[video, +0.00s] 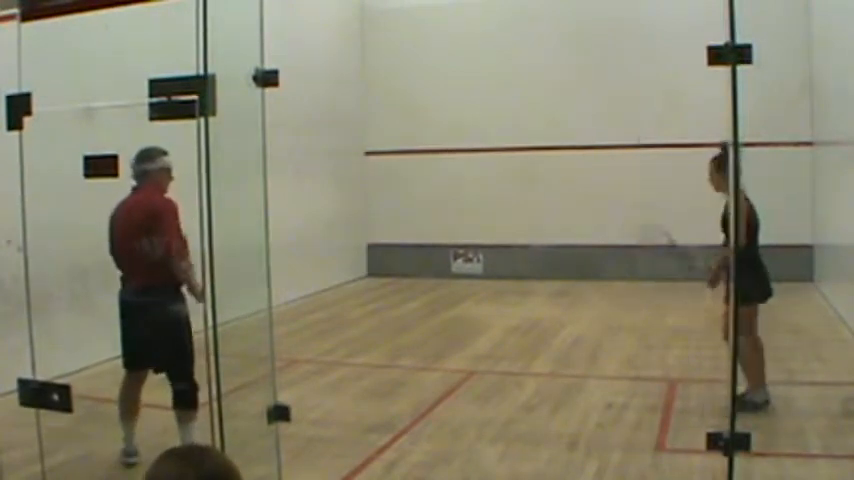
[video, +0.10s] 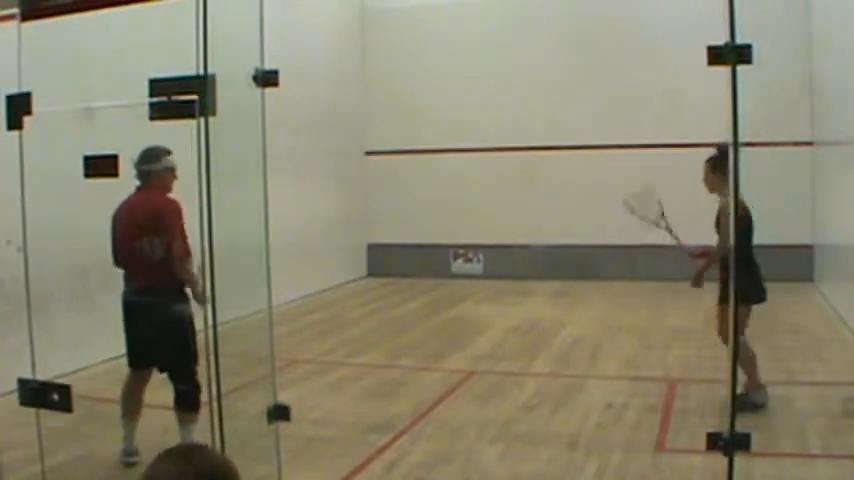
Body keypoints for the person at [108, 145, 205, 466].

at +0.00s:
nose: (170, 178)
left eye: (169, 172)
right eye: (166, 172)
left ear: (138, 175)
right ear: (156, 173)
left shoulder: (121, 210)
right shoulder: (164, 206)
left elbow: (119, 258)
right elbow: (174, 253)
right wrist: (194, 285)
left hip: (132, 300)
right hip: (166, 299)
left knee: (134, 372)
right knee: (181, 376)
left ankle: (128, 445)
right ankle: (189, 445)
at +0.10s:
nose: (175, 177)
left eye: (174, 171)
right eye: (171, 171)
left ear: (143, 174)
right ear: (159, 174)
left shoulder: (123, 210)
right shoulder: (168, 207)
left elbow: (120, 259)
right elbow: (179, 255)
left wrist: (154, 266)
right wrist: (195, 285)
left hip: (136, 301)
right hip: (170, 301)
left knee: (139, 370)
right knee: (184, 376)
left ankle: (128, 445)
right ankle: (189, 446)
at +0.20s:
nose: (179, 177)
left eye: (177, 171)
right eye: (175, 171)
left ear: (146, 174)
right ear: (164, 173)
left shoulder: (127, 210)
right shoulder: (172, 208)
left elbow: (122, 260)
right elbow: (184, 261)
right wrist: (201, 297)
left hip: (139, 300)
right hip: (173, 300)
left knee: (141, 370)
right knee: (185, 376)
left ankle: (129, 443)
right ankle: (190, 446)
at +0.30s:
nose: (181, 177)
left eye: (180, 171)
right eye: (178, 171)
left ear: (148, 174)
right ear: (168, 174)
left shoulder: (128, 209)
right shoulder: (175, 208)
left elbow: (123, 260)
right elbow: (187, 264)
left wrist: (148, 282)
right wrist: (201, 301)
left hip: (139, 301)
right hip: (174, 300)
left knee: (142, 369)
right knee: (185, 377)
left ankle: (130, 443)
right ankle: (190, 447)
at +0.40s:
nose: (179, 177)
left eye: (178, 172)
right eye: (176, 172)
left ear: (146, 175)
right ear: (167, 175)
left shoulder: (125, 209)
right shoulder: (175, 209)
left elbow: (120, 264)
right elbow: (186, 265)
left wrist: (130, 298)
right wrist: (202, 304)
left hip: (136, 303)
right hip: (171, 302)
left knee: (142, 369)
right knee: (184, 377)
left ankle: (131, 444)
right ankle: (189, 447)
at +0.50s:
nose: (172, 178)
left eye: (171, 172)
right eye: (169, 173)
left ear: (140, 176)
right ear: (159, 176)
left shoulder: (119, 209)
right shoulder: (170, 209)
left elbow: (110, 261)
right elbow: (186, 263)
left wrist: (115, 296)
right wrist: (200, 302)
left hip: (129, 302)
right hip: (165, 302)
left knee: (140, 371)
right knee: (182, 377)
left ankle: (134, 445)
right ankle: (187, 446)